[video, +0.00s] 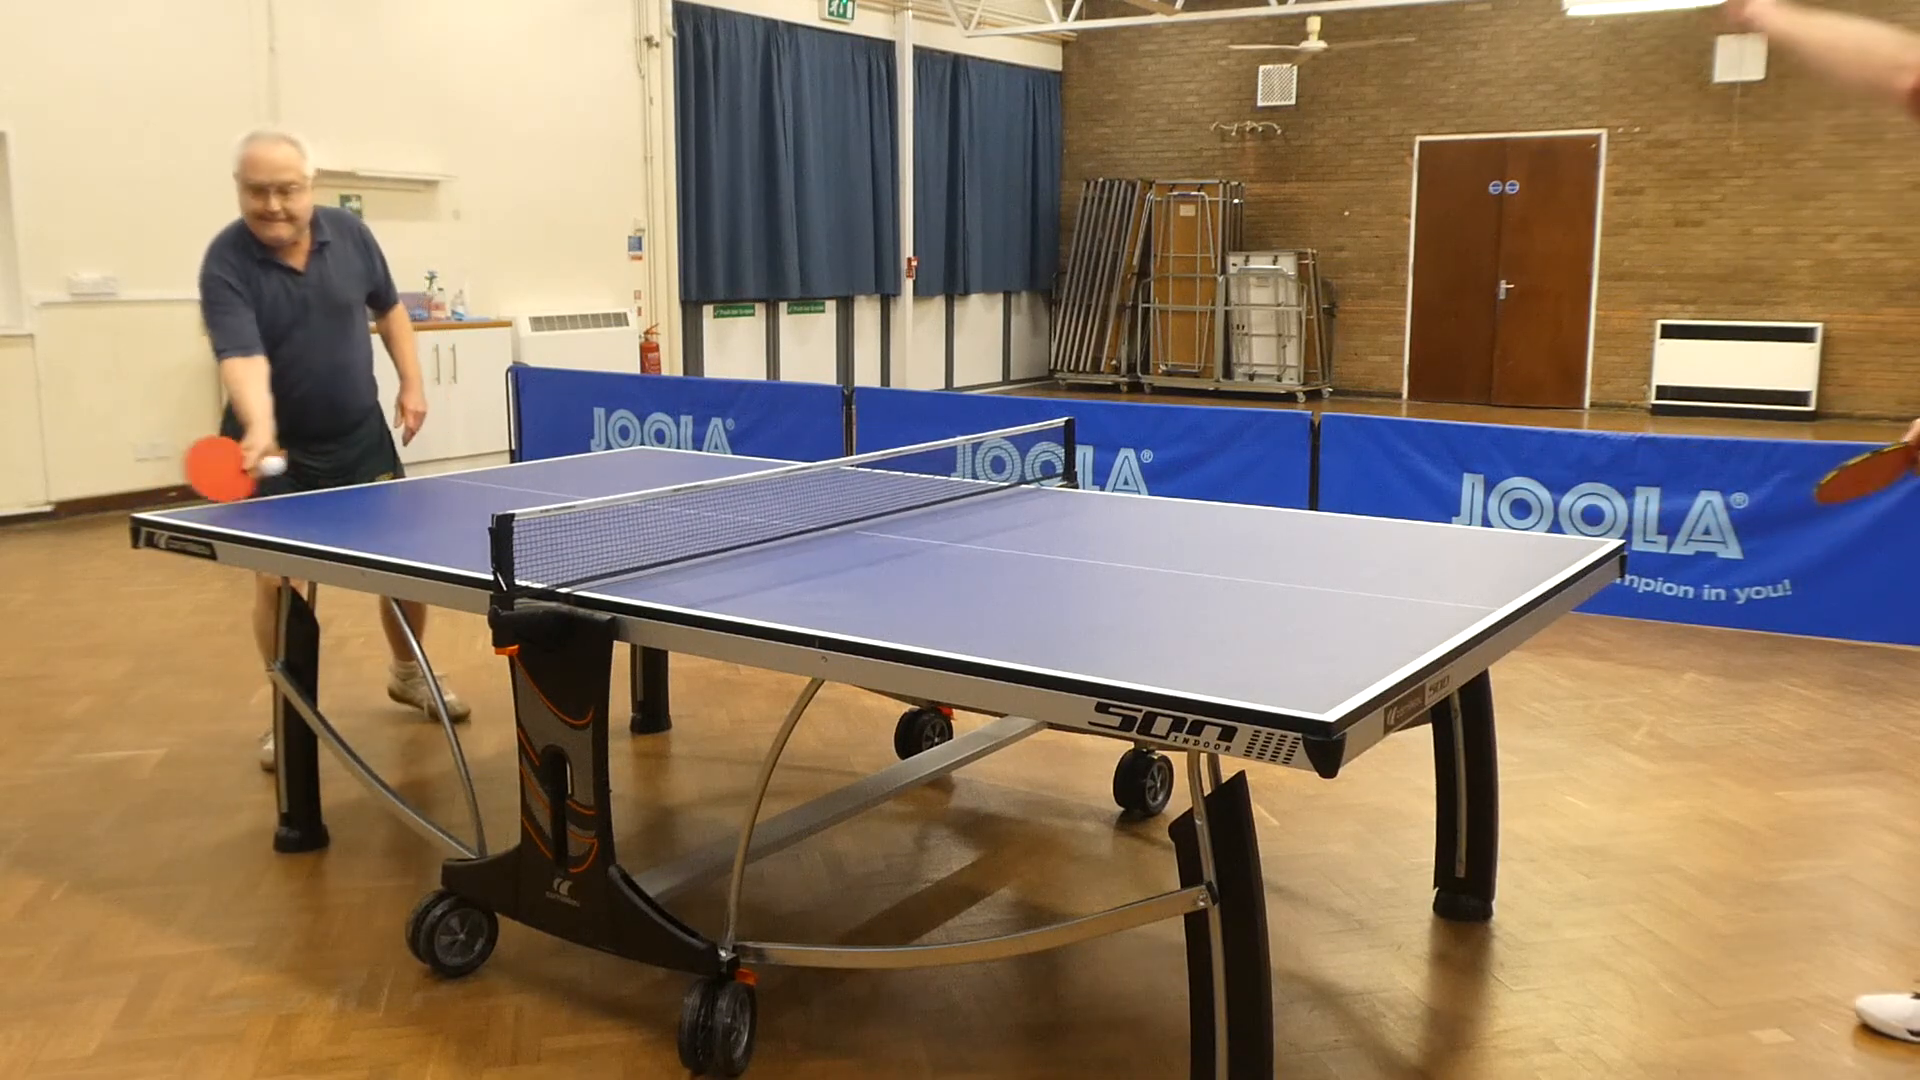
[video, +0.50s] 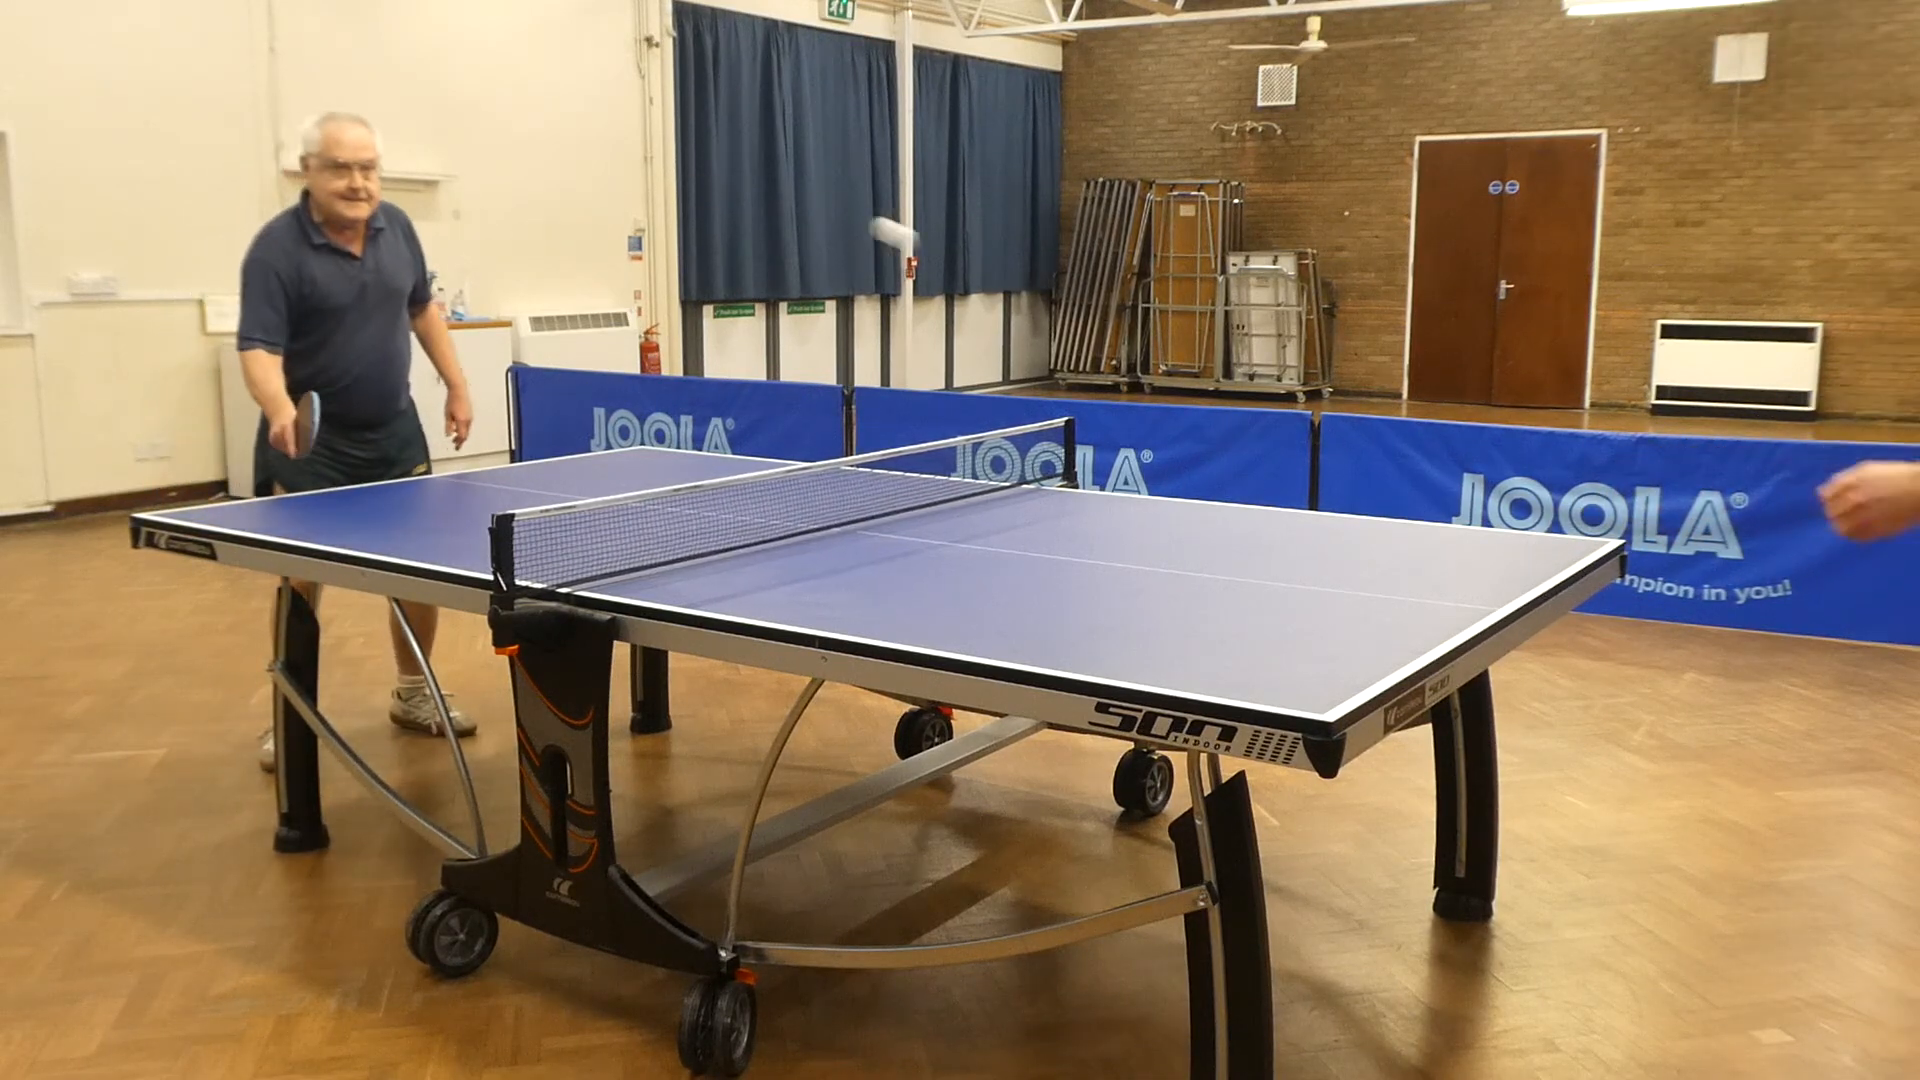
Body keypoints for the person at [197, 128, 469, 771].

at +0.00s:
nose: (273, 205)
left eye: (288, 189)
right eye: (257, 191)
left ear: (312, 186)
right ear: (237, 191)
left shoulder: (348, 234)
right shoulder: (228, 262)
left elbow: (388, 307)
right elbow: (241, 355)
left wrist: (411, 382)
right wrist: (260, 424)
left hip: (361, 439)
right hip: (278, 452)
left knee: (407, 559)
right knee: (279, 582)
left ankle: (410, 671)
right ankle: (288, 712)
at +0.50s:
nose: (358, 181)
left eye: (368, 167)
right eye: (341, 169)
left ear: (380, 168)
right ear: (306, 173)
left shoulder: (395, 228)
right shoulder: (276, 249)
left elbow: (422, 307)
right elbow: (258, 348)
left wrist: (455, 382)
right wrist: (279, 407)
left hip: (395, 433)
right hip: (309, 442)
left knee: (419, 565)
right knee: (301, 576)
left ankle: (414, 692)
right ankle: (288, 713)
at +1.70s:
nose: (398, 231)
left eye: (407, 218)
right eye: (383, 218)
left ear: (417, 217)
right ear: (348, 213)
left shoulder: (418, 262)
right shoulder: (309, 275)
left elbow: (448, 328)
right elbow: (287, 374)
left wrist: (479, 398)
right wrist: (318, 442)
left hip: (394, 428)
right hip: (321, 437)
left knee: (432, 530)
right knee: (318, 557)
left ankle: (420, 647)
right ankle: (286, 680)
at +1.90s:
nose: (411, 235)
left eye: (420, 222)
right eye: (396, 222)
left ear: (428, 220)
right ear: (360, 218)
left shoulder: (425, 266)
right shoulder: (319, 275)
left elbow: (452, 333)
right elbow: (301, 377)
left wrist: (482, 404)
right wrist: (343, 443)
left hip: (390, 423)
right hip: (317, 425)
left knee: (426, 529)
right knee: (313, 553)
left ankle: (421, 646)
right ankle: (285, 678)